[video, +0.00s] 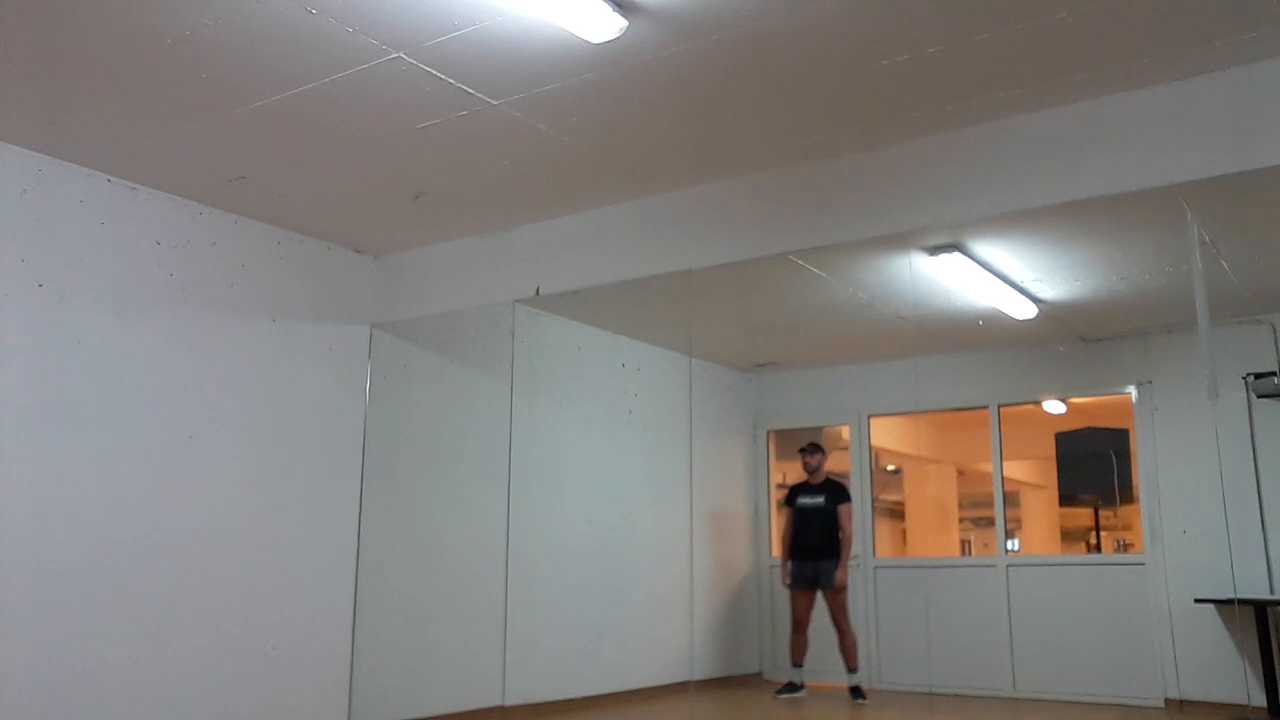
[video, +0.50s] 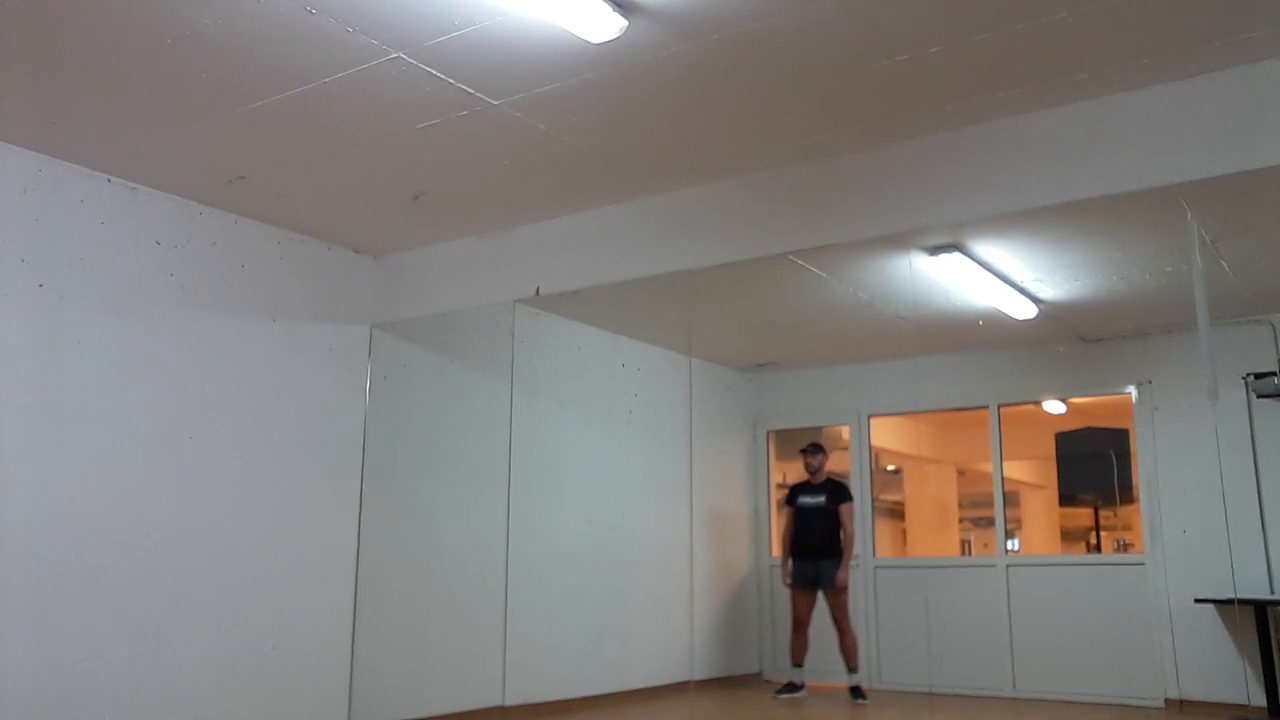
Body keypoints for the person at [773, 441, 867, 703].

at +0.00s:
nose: (808, 460)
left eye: (813, 455)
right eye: (805, 456)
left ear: (824, 458)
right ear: (801, 461)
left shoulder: (838, 490)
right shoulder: (795, 491)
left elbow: (846, 531)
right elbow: (788, 529)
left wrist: (843, 566)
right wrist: (785, 562)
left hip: (830, 563)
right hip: (801, 564)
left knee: (842, 624)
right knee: (799, 624)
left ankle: (854, 682)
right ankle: (796, 680)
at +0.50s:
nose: (810, 461)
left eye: (815, 456)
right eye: (806, 457)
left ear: (825, 459)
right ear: (803, 461)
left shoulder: (839, 490)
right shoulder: (796, 491)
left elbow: (848, 530)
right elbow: (788, 528)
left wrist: (845, 566)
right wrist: (785, 562)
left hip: (831, 563)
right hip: (802, 565)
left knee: (842, 624)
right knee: (799, 623)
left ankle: (854, 682)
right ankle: (796, 680)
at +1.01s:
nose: (810, 460)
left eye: (815, 455)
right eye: (806, 456)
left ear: (825, 458)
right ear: (803, 461)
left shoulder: (839, 490)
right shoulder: (796, 491)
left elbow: (847, 531)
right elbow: (788, 529)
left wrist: (843, 566)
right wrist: (785, 562)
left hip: (831, 564)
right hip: (802, 564)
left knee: (842, 624)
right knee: (799, 624)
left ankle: (854, 682)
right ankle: (796, 680)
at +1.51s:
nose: (809, 460)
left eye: (814, 455)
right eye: (806, 456)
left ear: (825, 458)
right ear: (803, 460)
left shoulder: (838, 490)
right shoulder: (796, 491)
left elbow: (847, 531)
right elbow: (788, 529)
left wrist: (844, 566)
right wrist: (785, 562)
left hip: (830, 563)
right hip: (801, 564)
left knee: (841, 623)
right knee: (799, 624)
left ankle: (854, 682)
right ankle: (796, 680)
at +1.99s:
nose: (809, 459)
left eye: (814, 454)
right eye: (805, 455)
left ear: (824, 458)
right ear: (802, 460)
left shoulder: (837, 488)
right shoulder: (795, 491)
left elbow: (840, 527)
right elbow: (788, 528)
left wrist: (816, 553)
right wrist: (785, 562)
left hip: (830, 561)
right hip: (802, 562)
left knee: (842, 623)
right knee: (799, 623)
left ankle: (855, 683)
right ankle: (796, 679)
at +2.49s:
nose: (784, 464)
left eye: (789, 460)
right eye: (780, 460)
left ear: (799, 461)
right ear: (777, 463)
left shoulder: (814, 490)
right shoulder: (767, 491)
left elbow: (846, 503)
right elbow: (732, 506)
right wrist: (698, 521)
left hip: (808, 561)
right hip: (779, 562)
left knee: (812, 609)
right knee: (780, 619)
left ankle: (812, 660)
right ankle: (792, 677)